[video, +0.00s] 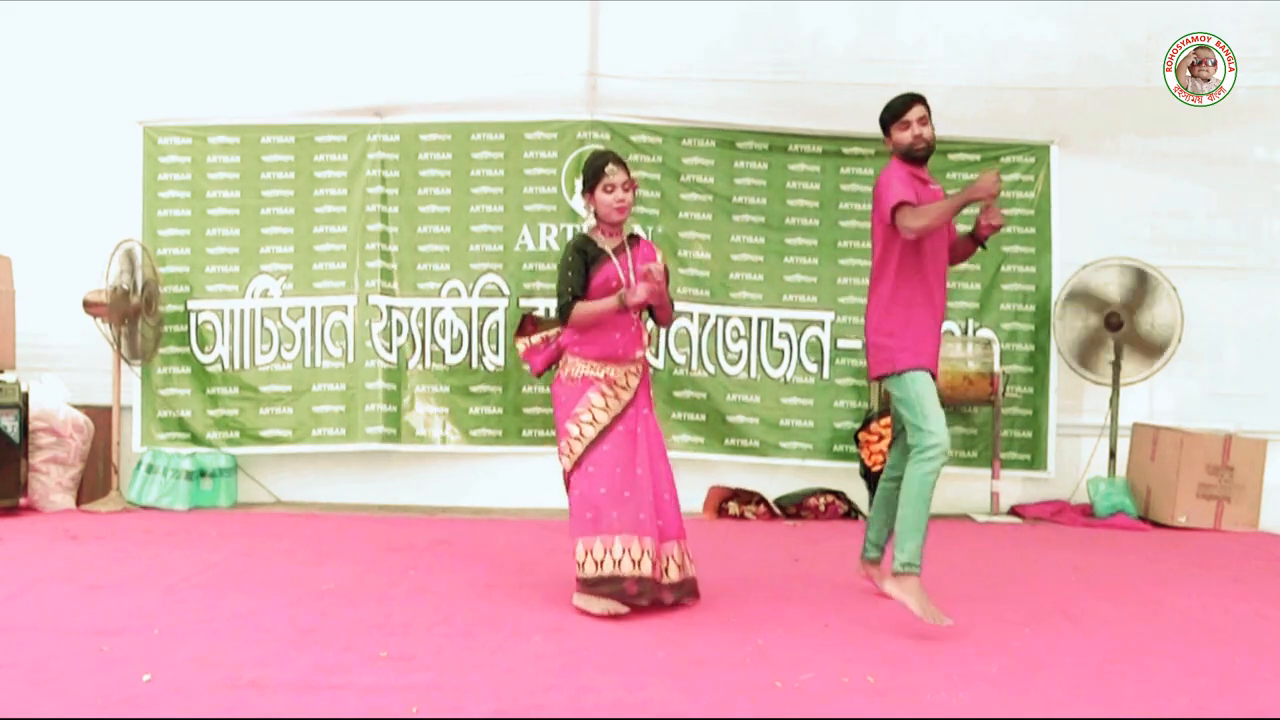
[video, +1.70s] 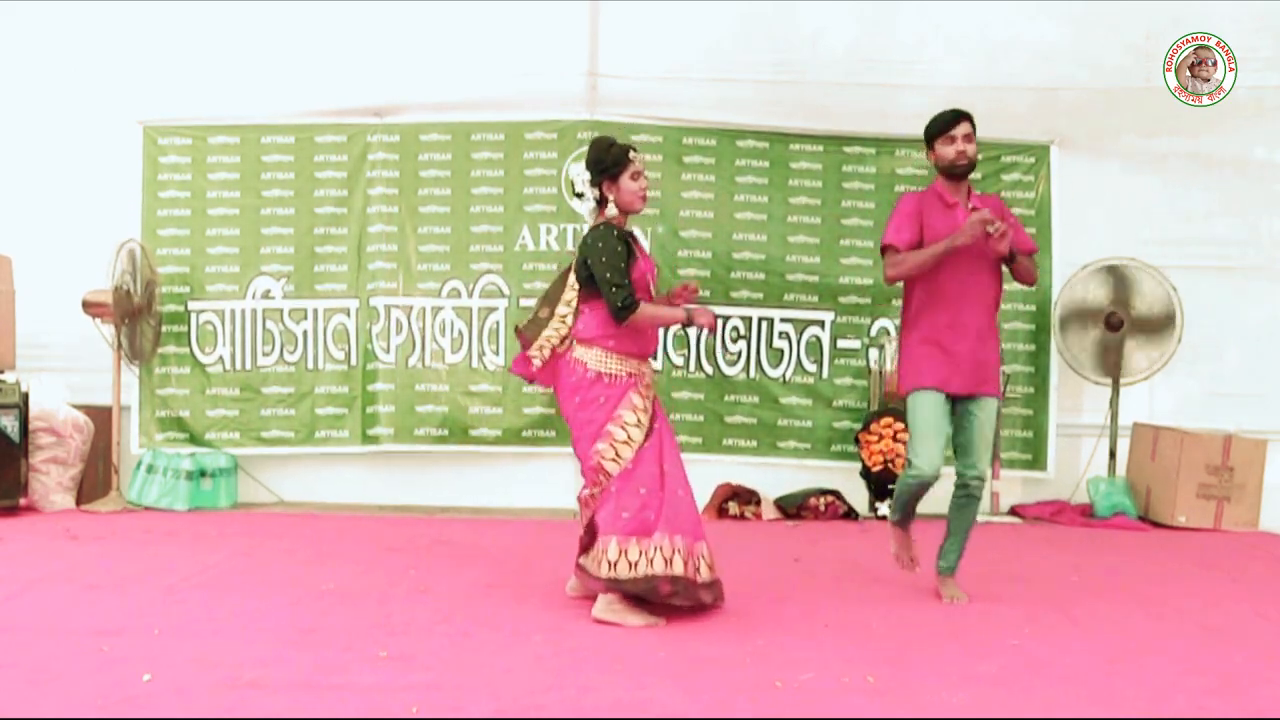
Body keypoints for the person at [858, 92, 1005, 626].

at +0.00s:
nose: (919, 130)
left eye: (924, 121)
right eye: (907, 126)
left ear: (934, 129)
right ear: (891, 138)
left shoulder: (929, 186)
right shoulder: (894, 176)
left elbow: (944, 256)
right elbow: (909, 222)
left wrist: (979, 235)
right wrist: (968, 195)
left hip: (917, 338)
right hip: (896, 337)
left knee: (906, 448)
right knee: (932, 445)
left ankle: (872, 556)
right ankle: (906, 573)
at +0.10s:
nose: (927, 133)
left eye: (931, 124)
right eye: (915, 127)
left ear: (938, 132)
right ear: (895, 141)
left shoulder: (931, 190)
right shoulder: (904, 184)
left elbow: (953, 255)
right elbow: (923, 245)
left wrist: (967, 240)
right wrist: (964, 228)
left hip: (930, 354)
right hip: (914, 355)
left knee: (916, 470)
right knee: (936, 471)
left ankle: (859, 560)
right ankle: (923, 606)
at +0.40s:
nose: (927, 125)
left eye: (935, 117)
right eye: (915, 120)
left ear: (949, 128)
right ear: (902, 134)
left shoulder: (944, 185)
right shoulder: (904, 169)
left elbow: (946, 278)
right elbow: (916, 183)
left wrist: (1000, 277)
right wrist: (993, 164)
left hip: (958, 346)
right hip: (919, 343)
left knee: (964, 477)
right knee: (932, 475)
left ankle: (913, 558)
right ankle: (921, 612)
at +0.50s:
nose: (928, 137)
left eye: (937, 128)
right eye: (917, 130)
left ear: (953, 139)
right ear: (904, 143)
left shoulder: (967, 209)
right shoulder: (894, 186)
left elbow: (970, 290)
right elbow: (894, 224)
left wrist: (1000, 275)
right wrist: (957, 175)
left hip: (966, 354)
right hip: (913, 352)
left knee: (964, 485)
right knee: (925, 479)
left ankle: (945, 594)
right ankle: (918, 612)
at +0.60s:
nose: (925, 147)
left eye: (935, 138)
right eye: (916, 141)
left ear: (955, 149)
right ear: (907, 155)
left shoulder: (979, 221)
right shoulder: (891, 212)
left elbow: (998, 306)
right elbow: (874, 291)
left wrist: (991, 299)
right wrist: (929, 249)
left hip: (965, 370)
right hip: (908, 368)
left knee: (962, 490)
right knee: (917, 482)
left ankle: (947, 594)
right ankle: (916, 610)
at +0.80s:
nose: (910, 143)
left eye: (921, 135)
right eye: (909, 135)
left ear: (949, 144)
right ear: (908, 144)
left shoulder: (969, 198)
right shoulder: (897, 202)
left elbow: (991, 256)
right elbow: (873, 278)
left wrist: (922, 252)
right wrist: (868, 256)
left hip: (946, 356)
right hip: (896, 352)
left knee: (939, 472)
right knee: (870, 455)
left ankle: (948, 591)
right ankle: (903, 554)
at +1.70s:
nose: (961, 147)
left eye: (968, 139)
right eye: (950, 140)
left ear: (977, 148)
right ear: (931, 151)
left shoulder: (994, 208)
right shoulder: (914, 205)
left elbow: (1030, 277)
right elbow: (893, 269)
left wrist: (1009, 250)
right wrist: (956, 239)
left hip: (980, 355)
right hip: (926, 351)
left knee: (974, 476)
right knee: (927, 467)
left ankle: (948, 572)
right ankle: (900, 520)